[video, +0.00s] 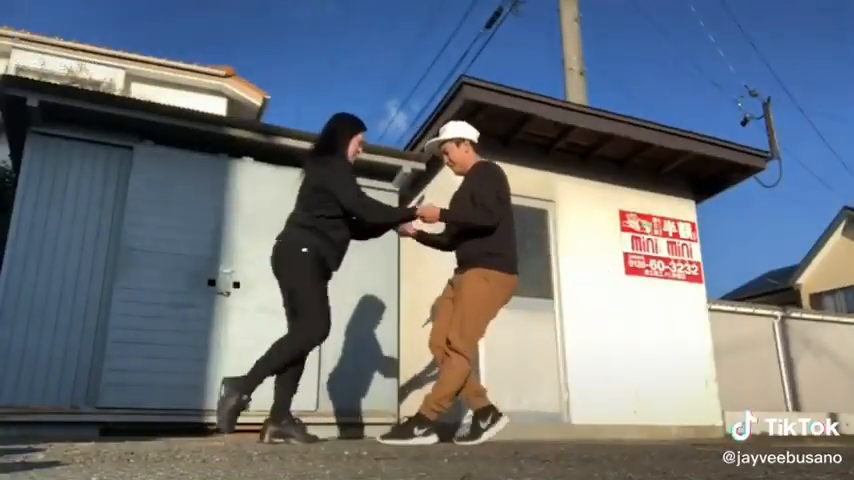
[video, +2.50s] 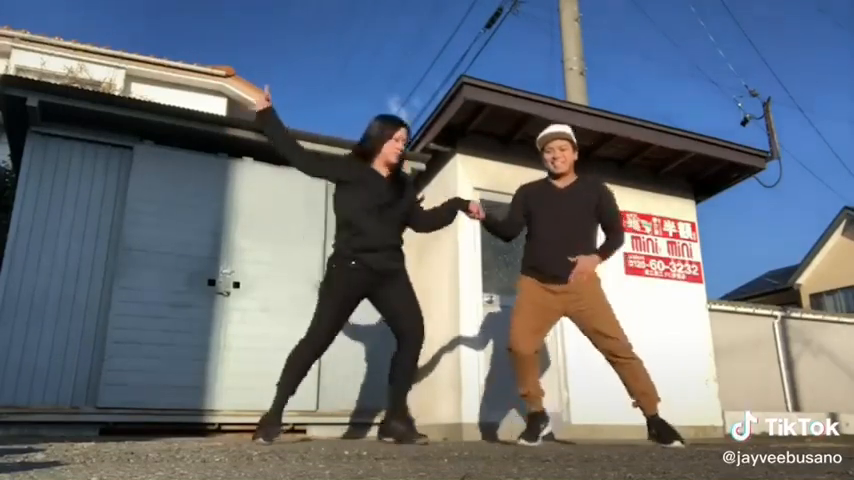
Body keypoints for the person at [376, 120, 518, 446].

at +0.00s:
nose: (446, 160)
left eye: (447, 152)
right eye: (443, 154)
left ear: (465, 145)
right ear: (459, 149)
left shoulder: (487, 172)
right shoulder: (469, 187)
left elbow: (487, 217)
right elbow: (452, 241)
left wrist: (441, 215)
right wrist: (417, 233)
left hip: (489, 273)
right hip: (468, 273)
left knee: (459, 344)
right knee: (440, 341)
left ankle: (426, 420)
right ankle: (484, 411)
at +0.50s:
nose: (482, 156)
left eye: (484, 148)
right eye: (479, 151)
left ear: (503, 141)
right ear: (495, 148)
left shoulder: (526, 171)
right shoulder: (502, 188)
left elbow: (534, 218)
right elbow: (505, 236)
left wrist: (487, 215)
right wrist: (468, 232)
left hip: (554, 265)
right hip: (523, 273)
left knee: (557, 342)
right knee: (500, 337)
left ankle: (568, 423)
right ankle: (512, 416)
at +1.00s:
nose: (517, 136)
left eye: (524, 132)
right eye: (518, 131)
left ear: (541, 139)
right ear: (527, 137)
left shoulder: (542, 159)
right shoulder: (527, 185)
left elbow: (502, 141)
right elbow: (529, 240)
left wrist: (458, 115)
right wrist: (502, 248)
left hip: (569, 266)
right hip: (564, 269)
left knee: (540, 340)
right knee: (581, 345)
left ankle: (544, 423)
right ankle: (640, 411)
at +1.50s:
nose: (512, 149)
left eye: (518, 142)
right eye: (510, 144)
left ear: (536, 144)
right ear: (512, 150)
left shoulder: (559, 174)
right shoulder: (508, 192)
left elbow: (545, 155)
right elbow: (499, 237)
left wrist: (511, 129)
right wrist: (462, 222)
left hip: (546, 269)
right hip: (511, 270)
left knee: (517, 334)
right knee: (495, 338)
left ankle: (540, 416)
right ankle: (511, 417)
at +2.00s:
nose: (572, 144)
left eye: (578, 137)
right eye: (565, 140)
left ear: (592, 140)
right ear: (560, 147)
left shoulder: (611, 182)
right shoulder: (551, 184)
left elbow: (621, 221)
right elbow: (513, 214)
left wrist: (628, 247)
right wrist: (468, 219)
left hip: (617, 279)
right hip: (573, 278)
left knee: (636, 349)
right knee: (549, 345)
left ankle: (659, 423)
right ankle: (518, 418)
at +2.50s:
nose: (555, 156)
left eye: (562, 150)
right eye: (549, 151)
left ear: (574, 153)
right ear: (543, 157)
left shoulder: (596, 191)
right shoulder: (528, 193)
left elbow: (616, 236)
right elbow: (507, 232)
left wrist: (596, 258)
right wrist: (485, 216)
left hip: (582, 287)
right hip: (536, 288)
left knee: (617, 347)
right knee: (521, 346)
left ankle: (654, 419)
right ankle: (536, 417)